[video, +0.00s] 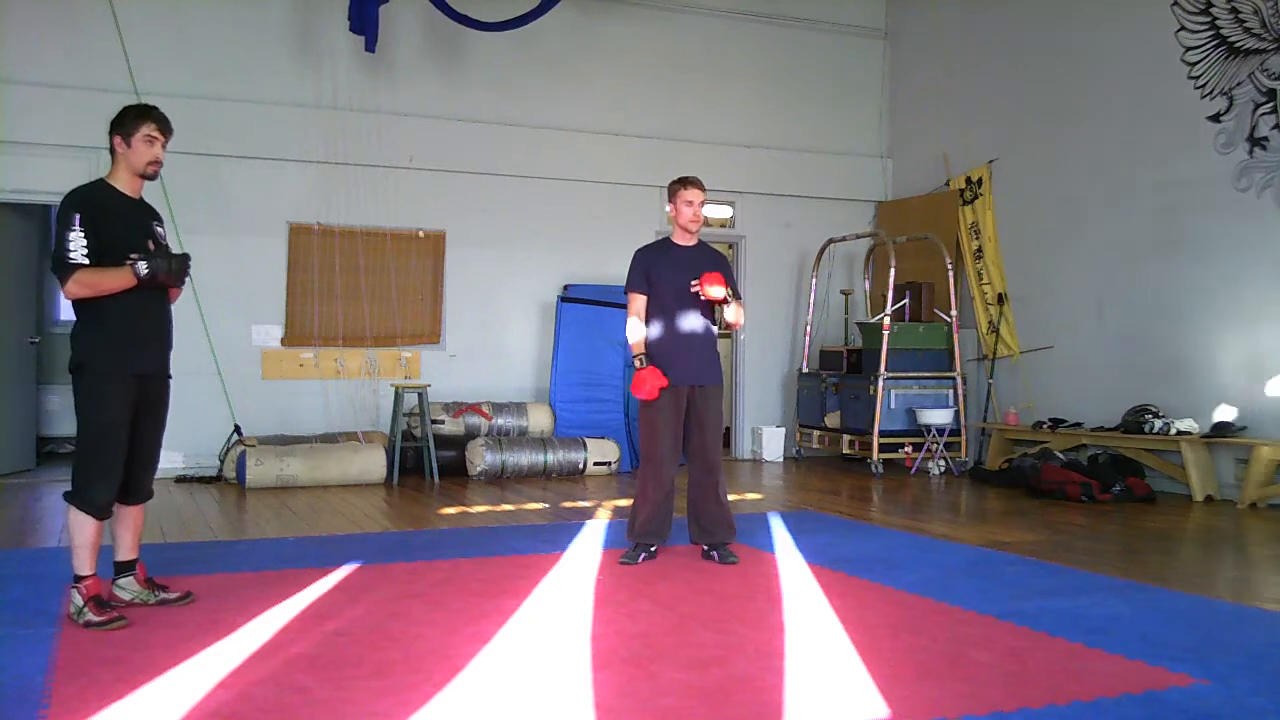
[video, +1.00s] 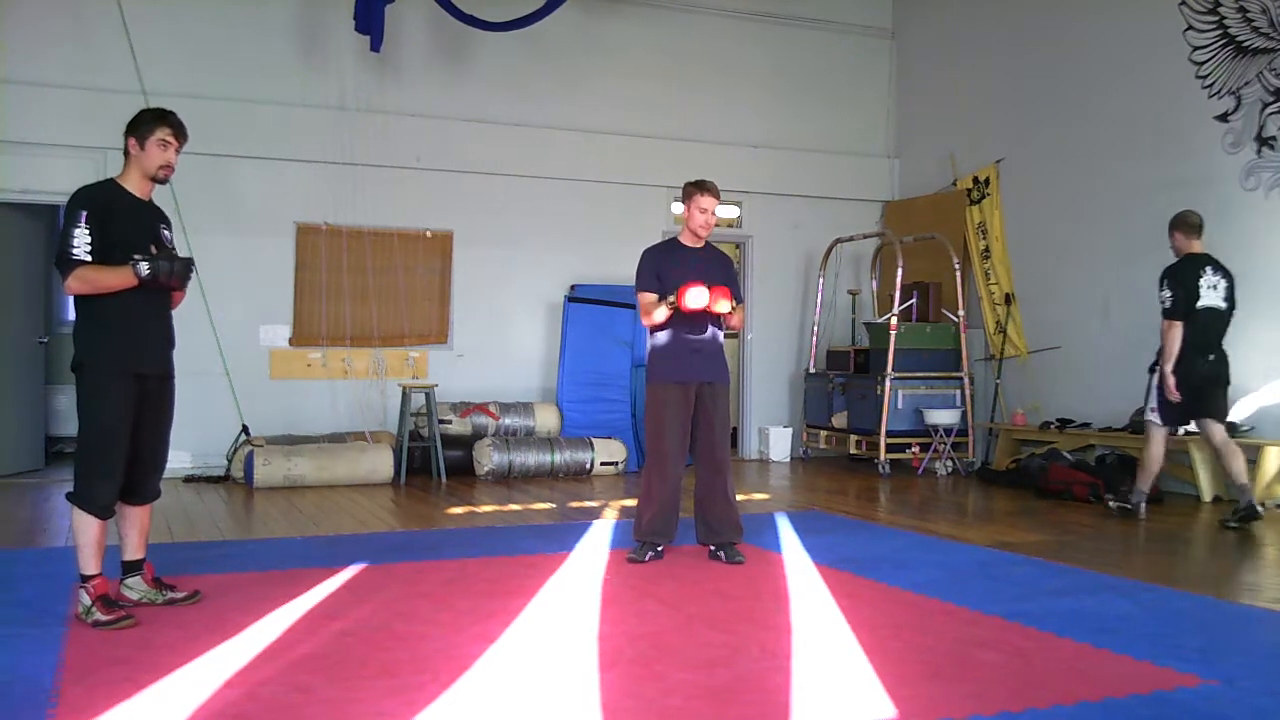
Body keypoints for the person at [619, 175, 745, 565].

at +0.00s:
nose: (696, 210)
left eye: (700, 204)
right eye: (689, 203)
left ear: (705, 210)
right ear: (671, 208)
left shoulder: (717, 260)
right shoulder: (647, 256)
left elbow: (736, 320)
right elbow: (635, 316)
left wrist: (723, 298)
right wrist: (641, 362)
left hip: (707, 374)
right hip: (662, 373)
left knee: (708, 460)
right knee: (657, 459)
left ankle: (714, 539)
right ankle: (646, 539)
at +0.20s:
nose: (695, 212)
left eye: (700, 206)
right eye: (688, 205)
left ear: (705, 211)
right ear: (671, 209)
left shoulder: (717, 260)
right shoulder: (648, 257)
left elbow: (732, 321)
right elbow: (640, 312)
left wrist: (716, 301)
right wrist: (658, 320)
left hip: (706, 372)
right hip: (661, 372)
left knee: (708, 458)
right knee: (657, 456)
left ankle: (713, 539)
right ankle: (647, 539)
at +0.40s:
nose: (692, 216)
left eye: (698, 210)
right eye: (686, 209)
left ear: (705, 214)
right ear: (670, 210)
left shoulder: (717, 260)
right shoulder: (649, 255)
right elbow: (655, 296)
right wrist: (678, 249)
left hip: (707, 371)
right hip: (661, 370)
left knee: (708, 458)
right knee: (657, 456)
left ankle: (714, 538)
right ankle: (646, 539)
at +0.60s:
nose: (695, 217)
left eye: (700, 211)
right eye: (688, 210)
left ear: (708, 215)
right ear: (671, 211)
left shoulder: (716, 261)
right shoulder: (649, 255)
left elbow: (729, 319)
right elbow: (658, 291)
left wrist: (709, 284)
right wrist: (682, 244)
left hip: (707, 371)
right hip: (662, 370)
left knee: (708, 458)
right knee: (657, 456)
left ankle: (714, 538)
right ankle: (646, 539)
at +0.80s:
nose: (699, 216)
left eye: (704, 210)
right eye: (692, 208)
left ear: (709, 215)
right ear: (675, 210)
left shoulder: (716, 262)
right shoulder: (648, 256)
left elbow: (732, 321)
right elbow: (646, 318)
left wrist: (716, 308)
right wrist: (673, 298)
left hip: (707, 372)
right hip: (662, 371)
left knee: (709, 458)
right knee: (657, 456)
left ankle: (714, 538)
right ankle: (646, 539)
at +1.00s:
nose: (708, 218)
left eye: (713, 212)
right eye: (702, 210)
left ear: (717, 216)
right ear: (684, 209)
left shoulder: (723, 262)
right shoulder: (655, 256)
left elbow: (736, 323)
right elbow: (648, 317)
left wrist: (726, 310)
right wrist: (676, 301)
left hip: (713, 370)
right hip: (668, 369)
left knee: (715, 456)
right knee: (664, 454)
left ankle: (721, 538)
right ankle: (652, 538)